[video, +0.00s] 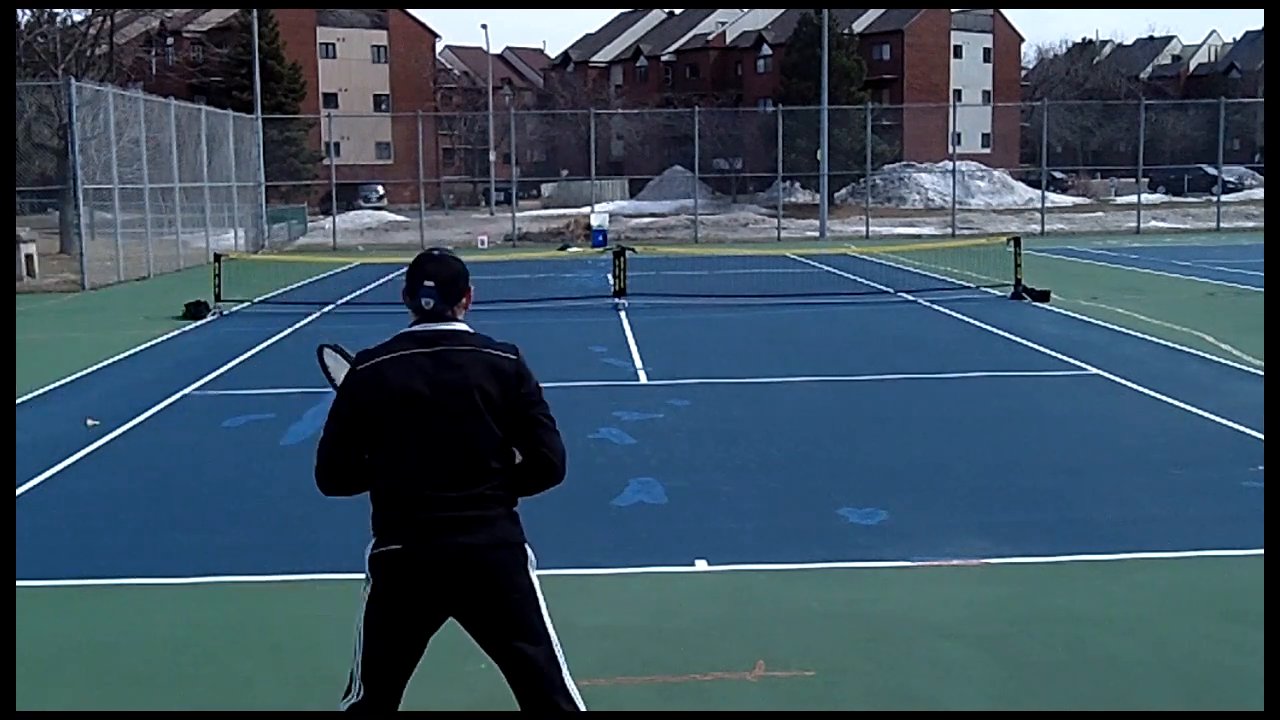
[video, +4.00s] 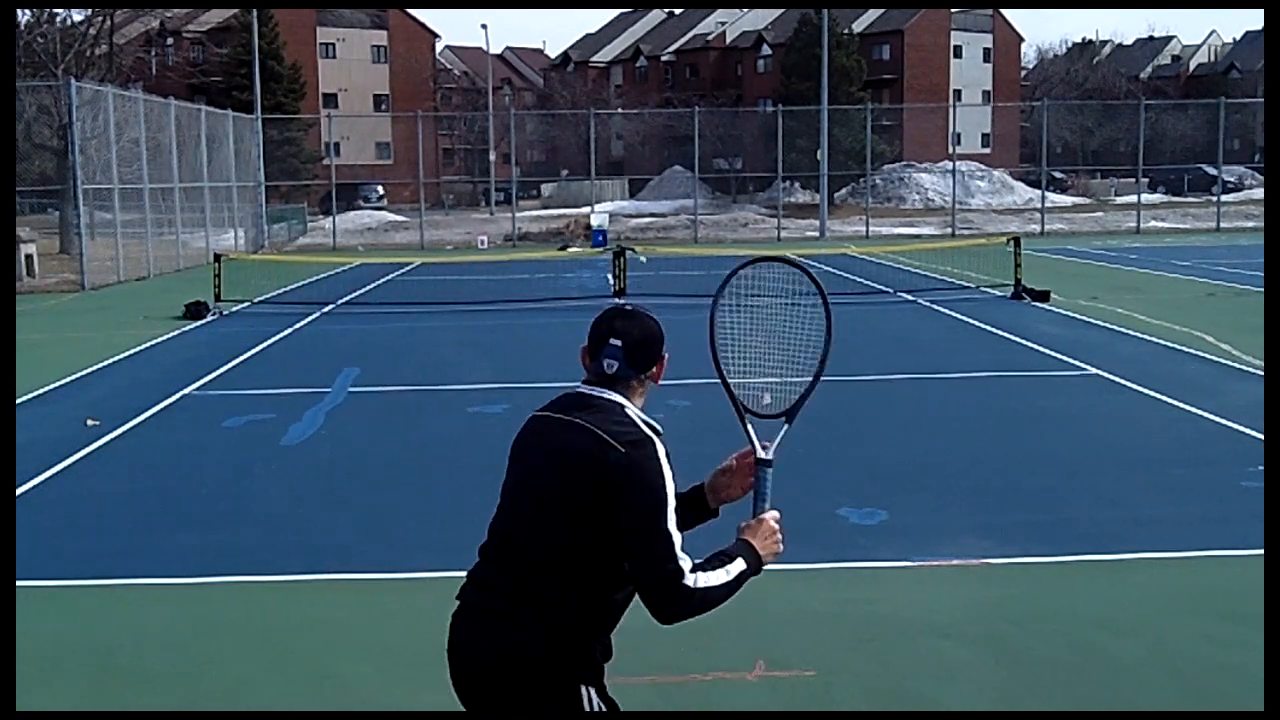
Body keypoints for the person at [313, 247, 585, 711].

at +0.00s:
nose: (470, 298)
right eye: (470, 292)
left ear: (406, 300)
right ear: (467, 299)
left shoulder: (369, 369)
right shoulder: (504, 363)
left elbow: (332, 477)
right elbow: (548, 464)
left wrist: (394, 462)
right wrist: (490, 484)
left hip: (404, 567)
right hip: (494, 563)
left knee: (371, 697)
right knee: (549, 692)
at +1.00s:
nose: (457, 355)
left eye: (458, 345)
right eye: (457, 344)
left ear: (412, 335)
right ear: (447, 344)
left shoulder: (419, 390)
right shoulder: (378, 379)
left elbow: (492, 441)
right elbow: (342, 454)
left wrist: (536, 414)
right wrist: (413, 413)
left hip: (334, 553)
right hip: (313, 553)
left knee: (316, 687)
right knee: (391, 686)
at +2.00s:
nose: (337, 283)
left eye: (341, 279)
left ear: (343, 285)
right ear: (388, 281)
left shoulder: (329, 341)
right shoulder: (406, 311)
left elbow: (245, 400)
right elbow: (345, 288)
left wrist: (243, 320)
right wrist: (281, 257)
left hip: (346, 509)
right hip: (410, 498)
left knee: (309, 657)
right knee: (416, 632)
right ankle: (441, 713)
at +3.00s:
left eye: (526, 298)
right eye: (591, 301)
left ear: (527, 306)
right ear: (589, 308)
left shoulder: (495, 376)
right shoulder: (623, 373)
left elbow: (458, 483)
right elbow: (666, 477)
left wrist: (515, 468)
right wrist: (611, 499)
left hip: (528, 566)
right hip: (615, 560)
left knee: (525, 697)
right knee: (661, 684)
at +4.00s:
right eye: (667, 360)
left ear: (584, 359)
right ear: (659, 369)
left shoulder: (546, 419)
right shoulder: (635, 446)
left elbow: (611, 535)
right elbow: (672, 596)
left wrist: (707, 496)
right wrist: (747, 553)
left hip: (477, 649)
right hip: (551, 667)